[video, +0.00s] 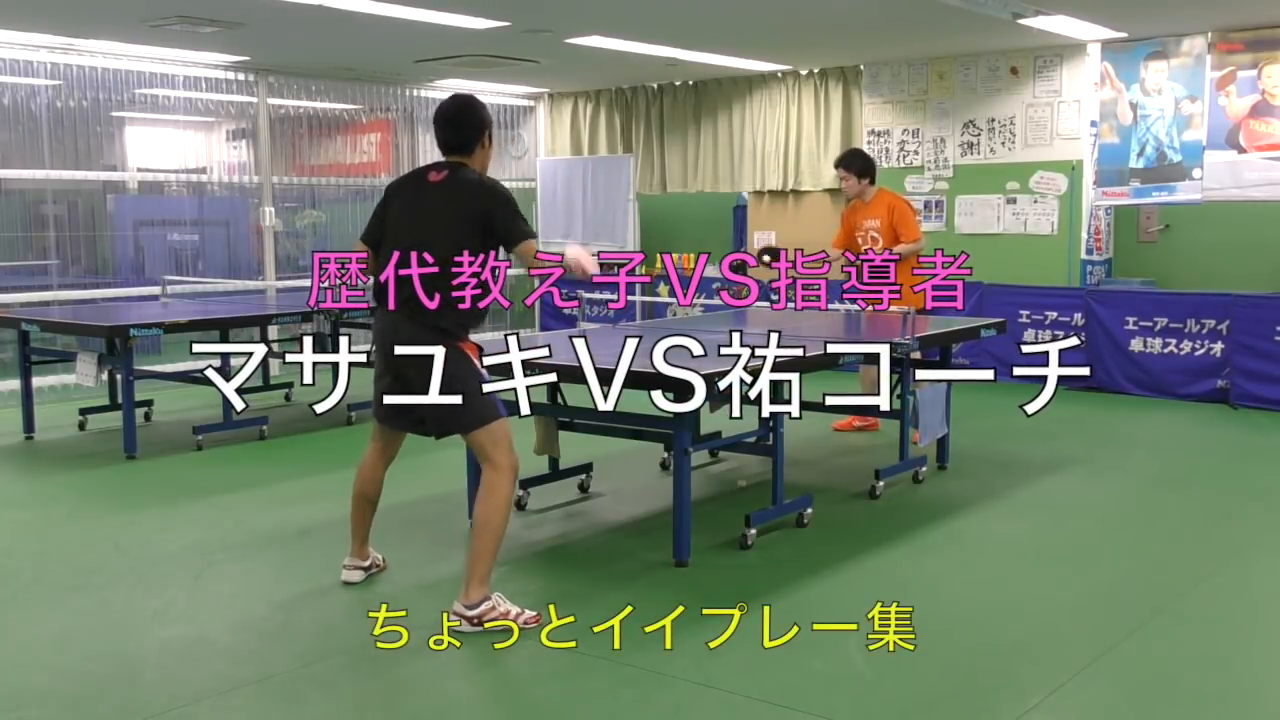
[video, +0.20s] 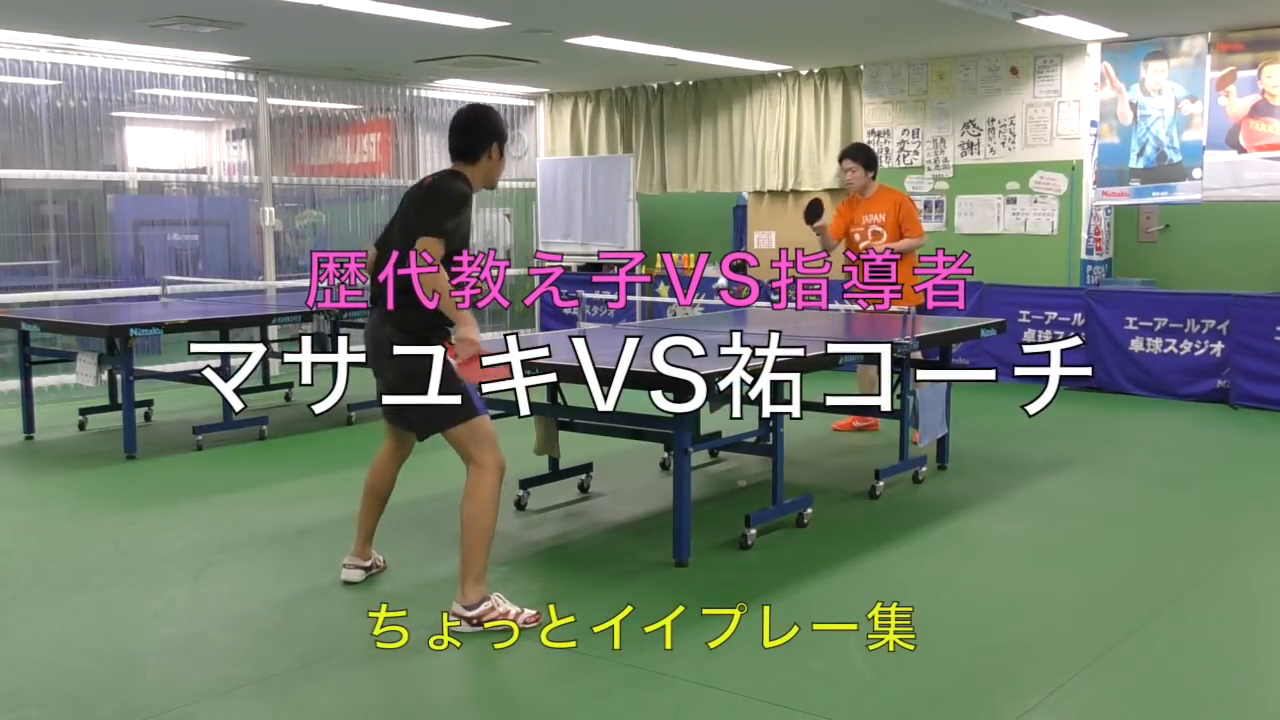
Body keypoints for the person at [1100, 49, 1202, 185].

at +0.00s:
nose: (1159, 76)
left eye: (1163, 71)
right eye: (1155, 71)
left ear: (1168, 72)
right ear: (1144, 72)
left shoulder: (1174, 89)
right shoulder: (1135, 91)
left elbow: (1199, 105)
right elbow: (1125, 120)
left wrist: (1191, 107)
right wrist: (1121, 94)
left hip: (1171, 161)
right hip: (1141, 163)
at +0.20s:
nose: (1159, 76)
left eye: (1163, 71)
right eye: (1155, 71)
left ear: (1168, 73)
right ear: (1144, 72)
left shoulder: (1174, 89)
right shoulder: (1135, 91)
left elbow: (1199, 105)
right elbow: (1125, 121)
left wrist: (1191, 107)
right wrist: (1121, 94)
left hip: (1171, 161)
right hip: (1141, 163)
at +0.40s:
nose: (1159, 76)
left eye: (1163, 71)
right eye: (1155, 71)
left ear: (1168, 73)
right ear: (1144, 72)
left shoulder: (1174, 89)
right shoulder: (1135, 91)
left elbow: (1199, 106)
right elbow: (1125, 121)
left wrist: (1191, 107)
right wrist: (1121, 94)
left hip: (1171, 161)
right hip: (1141, 163)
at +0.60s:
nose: (1159, 76)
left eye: (1163, 71)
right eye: (1155, 71)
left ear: (1168, 73)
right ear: (1144, 72)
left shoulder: (1174, 89)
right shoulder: (1135, 91)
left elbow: (1199, 105)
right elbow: (1125, 121)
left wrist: (1191, 107)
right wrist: (1121, 94)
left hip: (1171, 161)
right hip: (1141, 163)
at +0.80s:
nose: (1159, 77)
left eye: (1162, 71)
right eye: (1154, 71)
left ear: (1168, 72)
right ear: (1144, 72)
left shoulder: (1174, 89)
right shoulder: (1135, 91)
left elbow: (1199, 105)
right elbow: (1125, 121)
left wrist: (1191, 107)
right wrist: (1121, 95)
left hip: (1171, 161)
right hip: (1141, 163)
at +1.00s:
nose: (1159, 76)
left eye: (1163, 71)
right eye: (1155, 71)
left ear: (1168, 72)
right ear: (1143, 72)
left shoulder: (1174, 89)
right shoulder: (1135, 91)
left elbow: (1199, 105)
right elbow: (1125, 120)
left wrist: (1191, 106)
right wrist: (1122, 95)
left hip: (1171, 161)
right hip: (1141, 163)